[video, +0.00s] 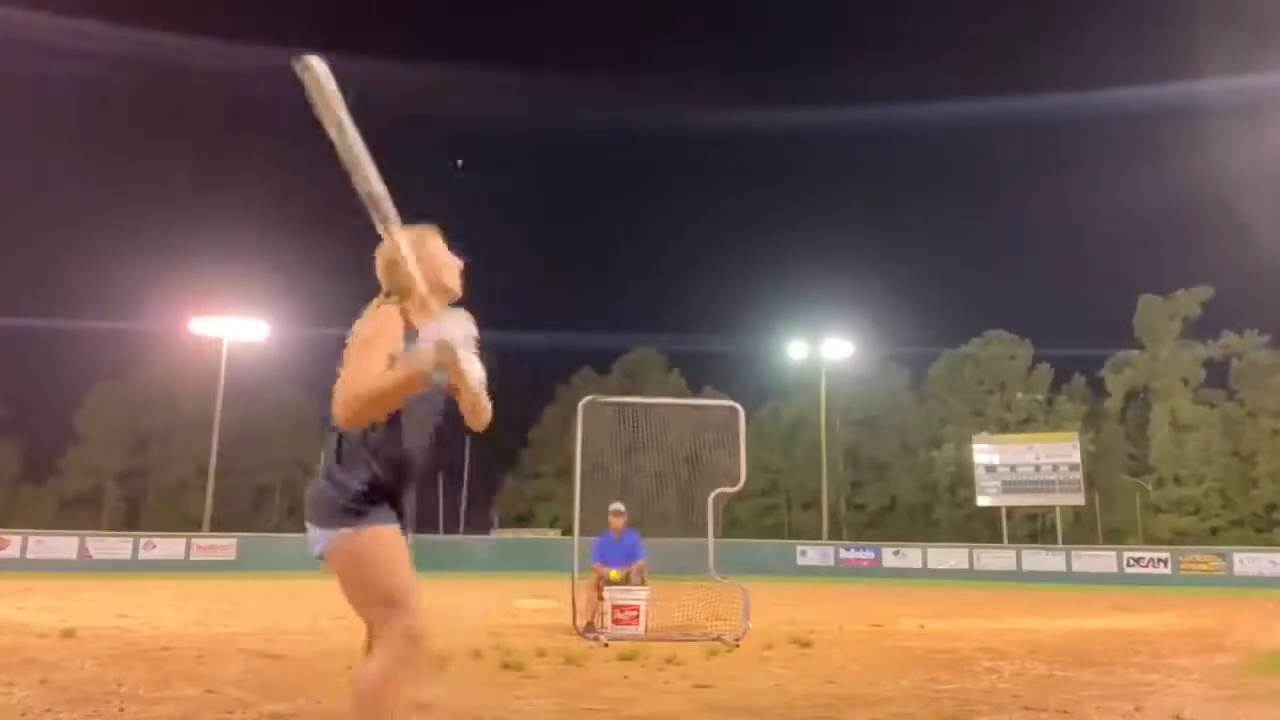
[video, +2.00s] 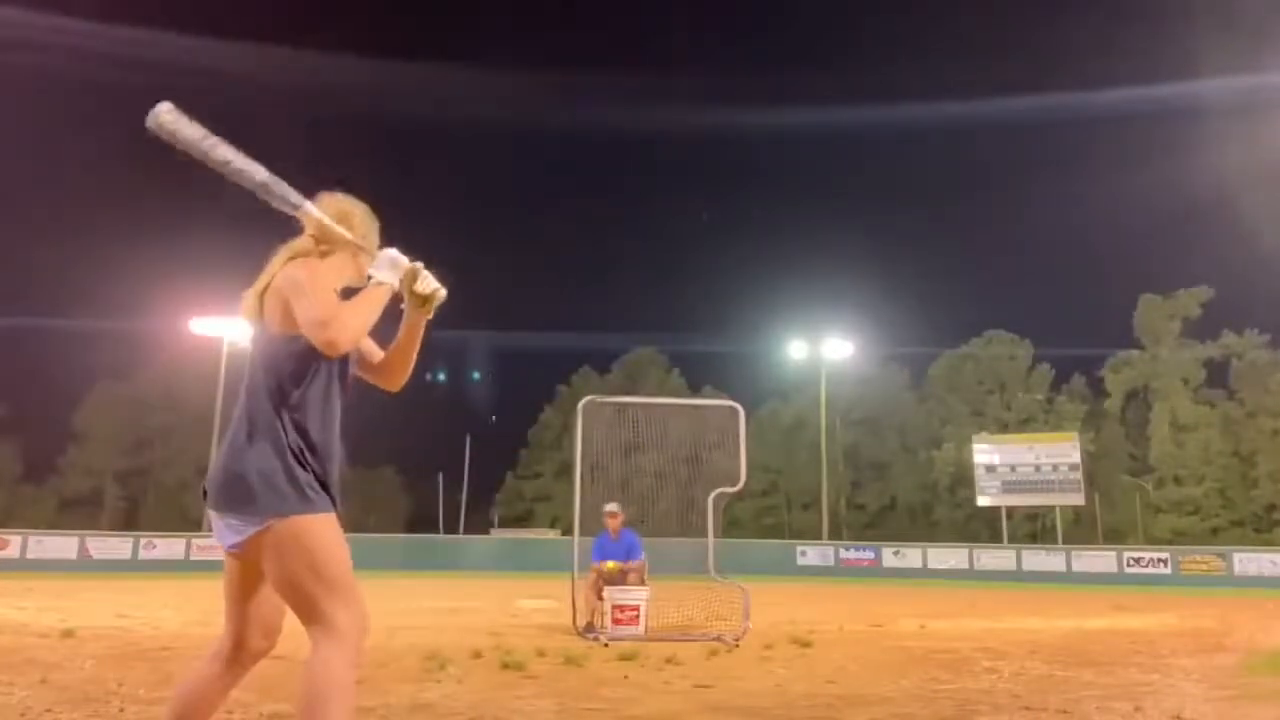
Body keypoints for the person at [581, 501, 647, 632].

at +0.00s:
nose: (616, 520)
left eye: (620, 516)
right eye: (613, 516)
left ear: (625, 518)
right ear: (608, 518)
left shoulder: (633, 537)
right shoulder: (602, 539)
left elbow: (640, 560)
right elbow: (595, 563)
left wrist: (626, 571)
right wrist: (608, 572)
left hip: (627, 571)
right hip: (608, 571)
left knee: (639, 570)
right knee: (594, 578)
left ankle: (636, 619)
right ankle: (590, 621)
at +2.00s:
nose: (612, 521)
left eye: (615, 516)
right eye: (609, 517)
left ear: (622, 518)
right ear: (604, 519)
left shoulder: (631, 537)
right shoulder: (600, 539)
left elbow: (639, 562)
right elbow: (594, 564)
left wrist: (621, 566)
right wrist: (604, 568)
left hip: (624, 573)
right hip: (607, 573)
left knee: (634, 576)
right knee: (592, 579)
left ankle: (632, 620)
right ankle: (589, 621)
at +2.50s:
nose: (599, 523)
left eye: (601, 518)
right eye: (596, 519)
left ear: (609, 519)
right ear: (593, 522)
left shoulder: (621, 535)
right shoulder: (595, 541)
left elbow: (636, 554)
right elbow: (591, 566)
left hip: (622, 573)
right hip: (603, 574)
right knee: (590, 582)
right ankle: (589, 622)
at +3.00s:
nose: (598, 524)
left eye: (601, 520)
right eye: (595, 521)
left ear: (608, 520)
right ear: (592, 524)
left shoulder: (622, 534)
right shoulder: (596, 540)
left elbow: (642, 545)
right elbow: (592, 563)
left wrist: (641, 568)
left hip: (623, 572)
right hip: (605, 573)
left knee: (629, 577)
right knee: (592, 580)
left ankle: (627, 620)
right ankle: (589, 622)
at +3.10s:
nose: (598, 523)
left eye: (601, 519)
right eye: (595, 520)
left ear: (607, 519)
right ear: (591, 523)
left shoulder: (622, 533)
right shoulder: (594, 538)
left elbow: (644, 545)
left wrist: (642, 556)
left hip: (625, 570)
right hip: (605, 572)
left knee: (629, 579)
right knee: (592, 579)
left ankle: (629, 620)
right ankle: (590, 622)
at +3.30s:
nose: (605, 523)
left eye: (607, 518)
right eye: (601, 520)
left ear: (612, 519)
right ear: (596, 523)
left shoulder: (626, 533)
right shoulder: (599, 540)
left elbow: (643, 545)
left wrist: (639, 561)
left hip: (626, 571)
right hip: (608, 572)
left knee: (629, 579)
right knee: (592, 579)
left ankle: (628, 620)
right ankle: (590, 621)